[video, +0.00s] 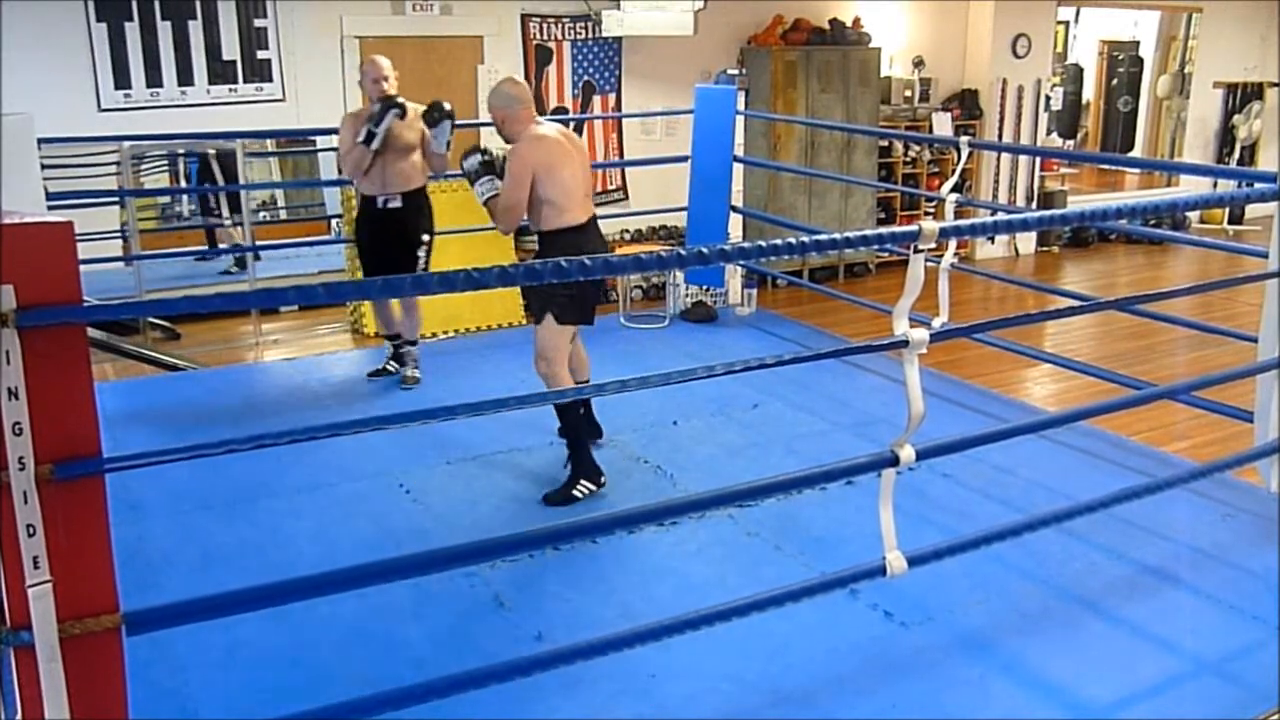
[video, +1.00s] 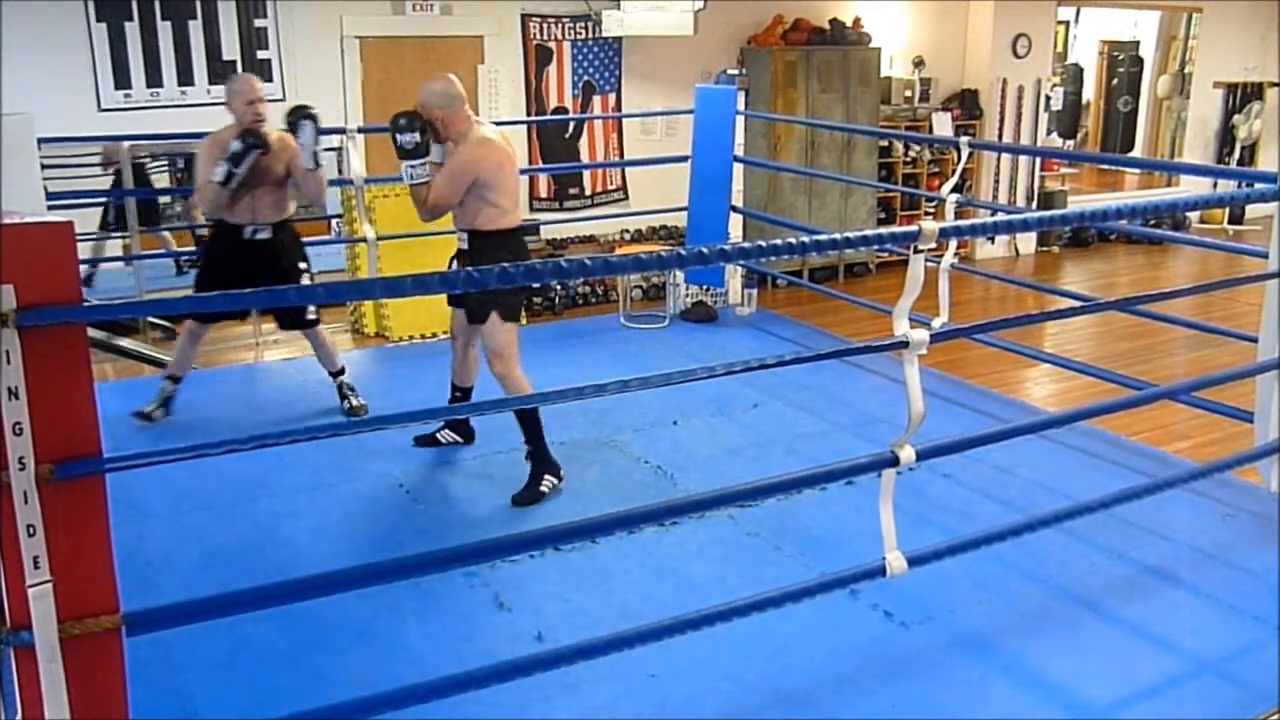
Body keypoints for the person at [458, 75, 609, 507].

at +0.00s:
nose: (496, 129)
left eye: (496, 121)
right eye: (494, 122)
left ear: (510, 114)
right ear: (529, 106)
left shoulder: (526, 150)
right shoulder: (567, 135)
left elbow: (507, 220)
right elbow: (555, 199)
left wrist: (484, 182)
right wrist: (501, 175)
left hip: (560, 252)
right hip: (588, 241)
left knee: (549, 362)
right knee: (568, 341)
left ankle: (585, 470)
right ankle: (585, 420)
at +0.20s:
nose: (483, 124)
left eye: (482, 116)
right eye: (481, 116)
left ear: (495, 109)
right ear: (513, 102)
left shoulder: (519, 149)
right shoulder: (553, 131)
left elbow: (507, 225)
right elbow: (545, 197)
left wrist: (475, 190)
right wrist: (496, 182)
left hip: (548, 252)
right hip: (568, 242)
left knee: (555, 368)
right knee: (545, 340)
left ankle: (587, 471)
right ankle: (567, 415)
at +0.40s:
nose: (473, 121)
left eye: (475, 113)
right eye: (472, 114)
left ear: (491, 110)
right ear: (510, 106)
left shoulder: (500, 149)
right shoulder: (546, 137)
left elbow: (462, 211)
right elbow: (508, 190)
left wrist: (446, 168)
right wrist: (476, 154)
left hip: (524, 255)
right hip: (547, 247)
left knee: (536, 365)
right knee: (507, 337)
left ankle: (584, 470)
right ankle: (514, 421)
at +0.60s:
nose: (459, 110)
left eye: (461, 103)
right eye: (458, 103)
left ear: (476, 101)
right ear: (499, 96)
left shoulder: (479, 139)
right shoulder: (530, 134)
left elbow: (440, 193)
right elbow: (541, 190)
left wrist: (441, 144)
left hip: (503, 248)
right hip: (531, 243)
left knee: (505, 360)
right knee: (500, 347)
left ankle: (554, 463)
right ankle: (515, 426)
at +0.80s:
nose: (443, 137)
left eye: (443, 128)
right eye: (441, 129)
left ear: (460, 124)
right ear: (476, 120)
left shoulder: (468, 165)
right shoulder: (519, 154)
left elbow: (427, 211)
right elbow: (529, 203)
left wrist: (415, 167)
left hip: (494, 270)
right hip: (513, 261)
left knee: (488, 376)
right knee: (461, 340)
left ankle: (544, 471)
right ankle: (456, 420)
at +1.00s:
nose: (429, 127)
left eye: (430, 119)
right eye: (427, 120)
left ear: (447, 116)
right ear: (460, 109)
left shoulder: (473, 150)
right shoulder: (480, 137)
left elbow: (428, 209)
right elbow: (434, 200)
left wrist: (418, 166)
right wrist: (428, 162)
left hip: (496, 252)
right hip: (479, 249)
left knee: (502, 363)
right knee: (462, 339)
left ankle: (544, 463)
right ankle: (458, 421)